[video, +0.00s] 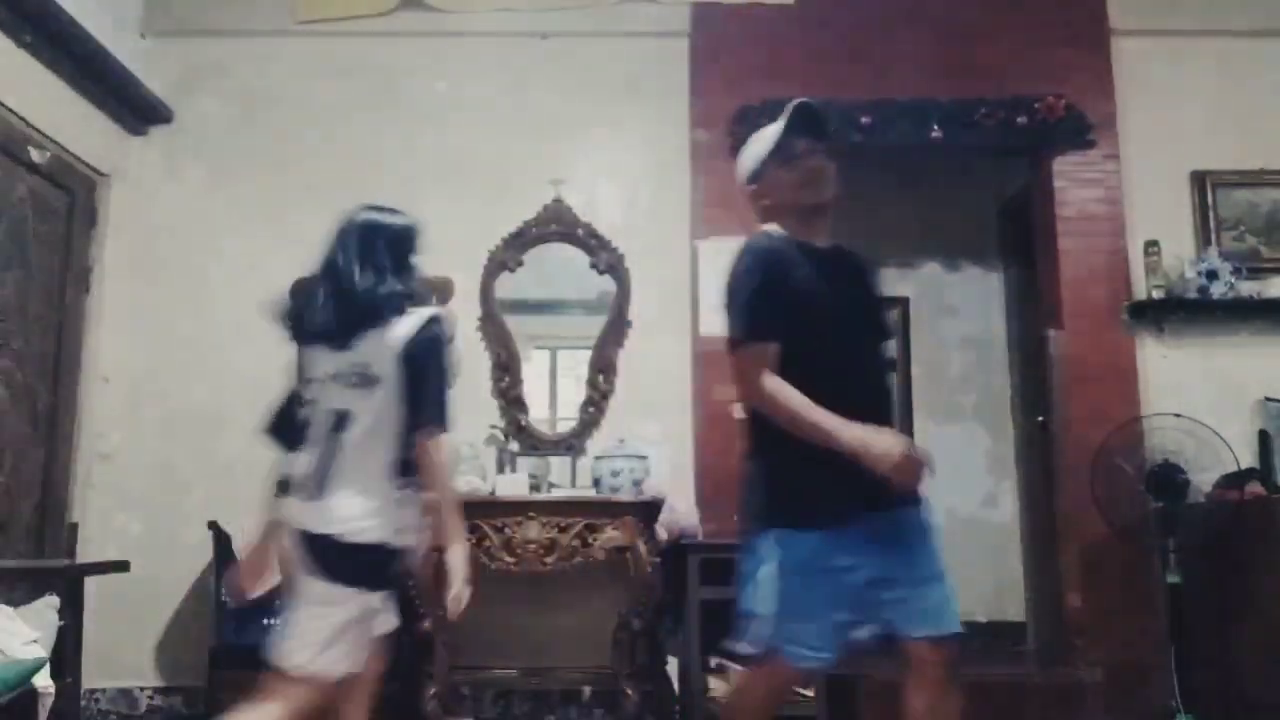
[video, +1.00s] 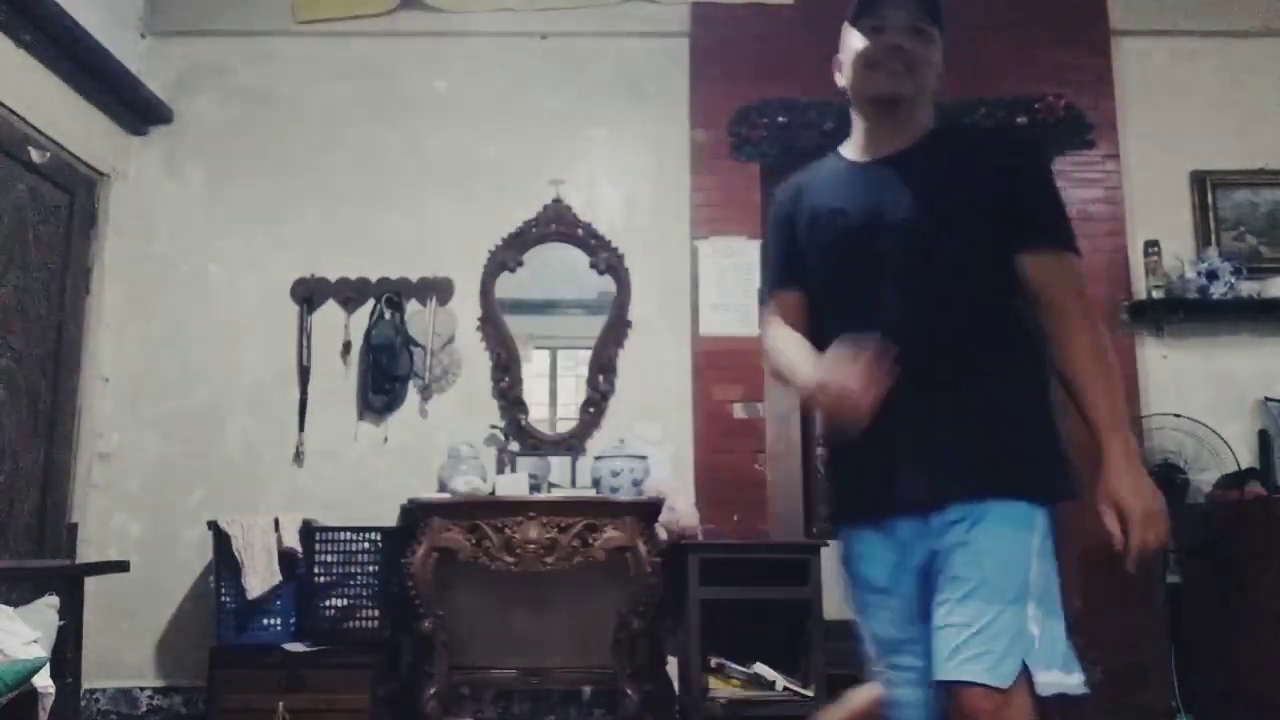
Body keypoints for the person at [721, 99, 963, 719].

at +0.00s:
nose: (813, 163)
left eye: (819, 152)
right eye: (792, 158)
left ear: (836, 168)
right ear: (761, 190)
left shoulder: (851, 267)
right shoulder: (763, 260)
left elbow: (856, 381)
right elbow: (755, 380)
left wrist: (889, 458)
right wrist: (860, 440)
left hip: (884, 504)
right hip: (802, 513)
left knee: (932, 654)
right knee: (781, 669)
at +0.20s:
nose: (862, 121)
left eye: (870, 107)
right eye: (839, 117)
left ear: (894, 123)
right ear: (817, 153)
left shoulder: (945, 223)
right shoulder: (808, 240)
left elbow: (1013, 328)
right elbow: (791, 365)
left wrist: (1072, 422)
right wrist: (796, 471)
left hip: (959, 460)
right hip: (873, 470)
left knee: (963, 646)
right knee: (918, 643)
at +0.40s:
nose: (896, 114)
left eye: (907, 101)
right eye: (874, 110)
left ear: (933, 119)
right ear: (850, 146)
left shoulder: (1001, 215)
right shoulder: (839, 244)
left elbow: (1103, 307)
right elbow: (797, 370)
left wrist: (1203, 365)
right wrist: (782, 485)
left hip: (1026, 474)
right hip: (930, 492)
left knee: (996, 656)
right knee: (1022, 667)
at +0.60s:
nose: (923, 88)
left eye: (935, 73)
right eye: (899, 81)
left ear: (962, 92)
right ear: (870, 112)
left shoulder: (1032, 192)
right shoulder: (853, 231)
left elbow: (1119, 313)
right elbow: (850, 377)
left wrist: (1199, 424)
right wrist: (865, 494)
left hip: (1067, 482)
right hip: (947, 505)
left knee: (1143, 684)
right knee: (1020, 698)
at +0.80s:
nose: (921, 45)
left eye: (941, 32)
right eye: (899, 34)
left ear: (967, 59)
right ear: (869, 68)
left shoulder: (1032, 153)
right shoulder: (839, 188)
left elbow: (1088, 294)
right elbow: (821, 319)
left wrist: (1120, 433)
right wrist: (894, 343)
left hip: (1043, 457)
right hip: (923, 479)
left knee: (1056, 665)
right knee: (973, 691)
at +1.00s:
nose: (893, 44)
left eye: (917, 33)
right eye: (872, 30)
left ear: (942, 63)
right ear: (838, 64)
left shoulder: (1002, 160)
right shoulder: (802, 193)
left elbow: (1066, 309)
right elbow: (779, 327)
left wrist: (1120, 456)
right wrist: (816, 374)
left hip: (994, 481)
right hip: (872, 494)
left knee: (983, 692)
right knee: (907, 699)